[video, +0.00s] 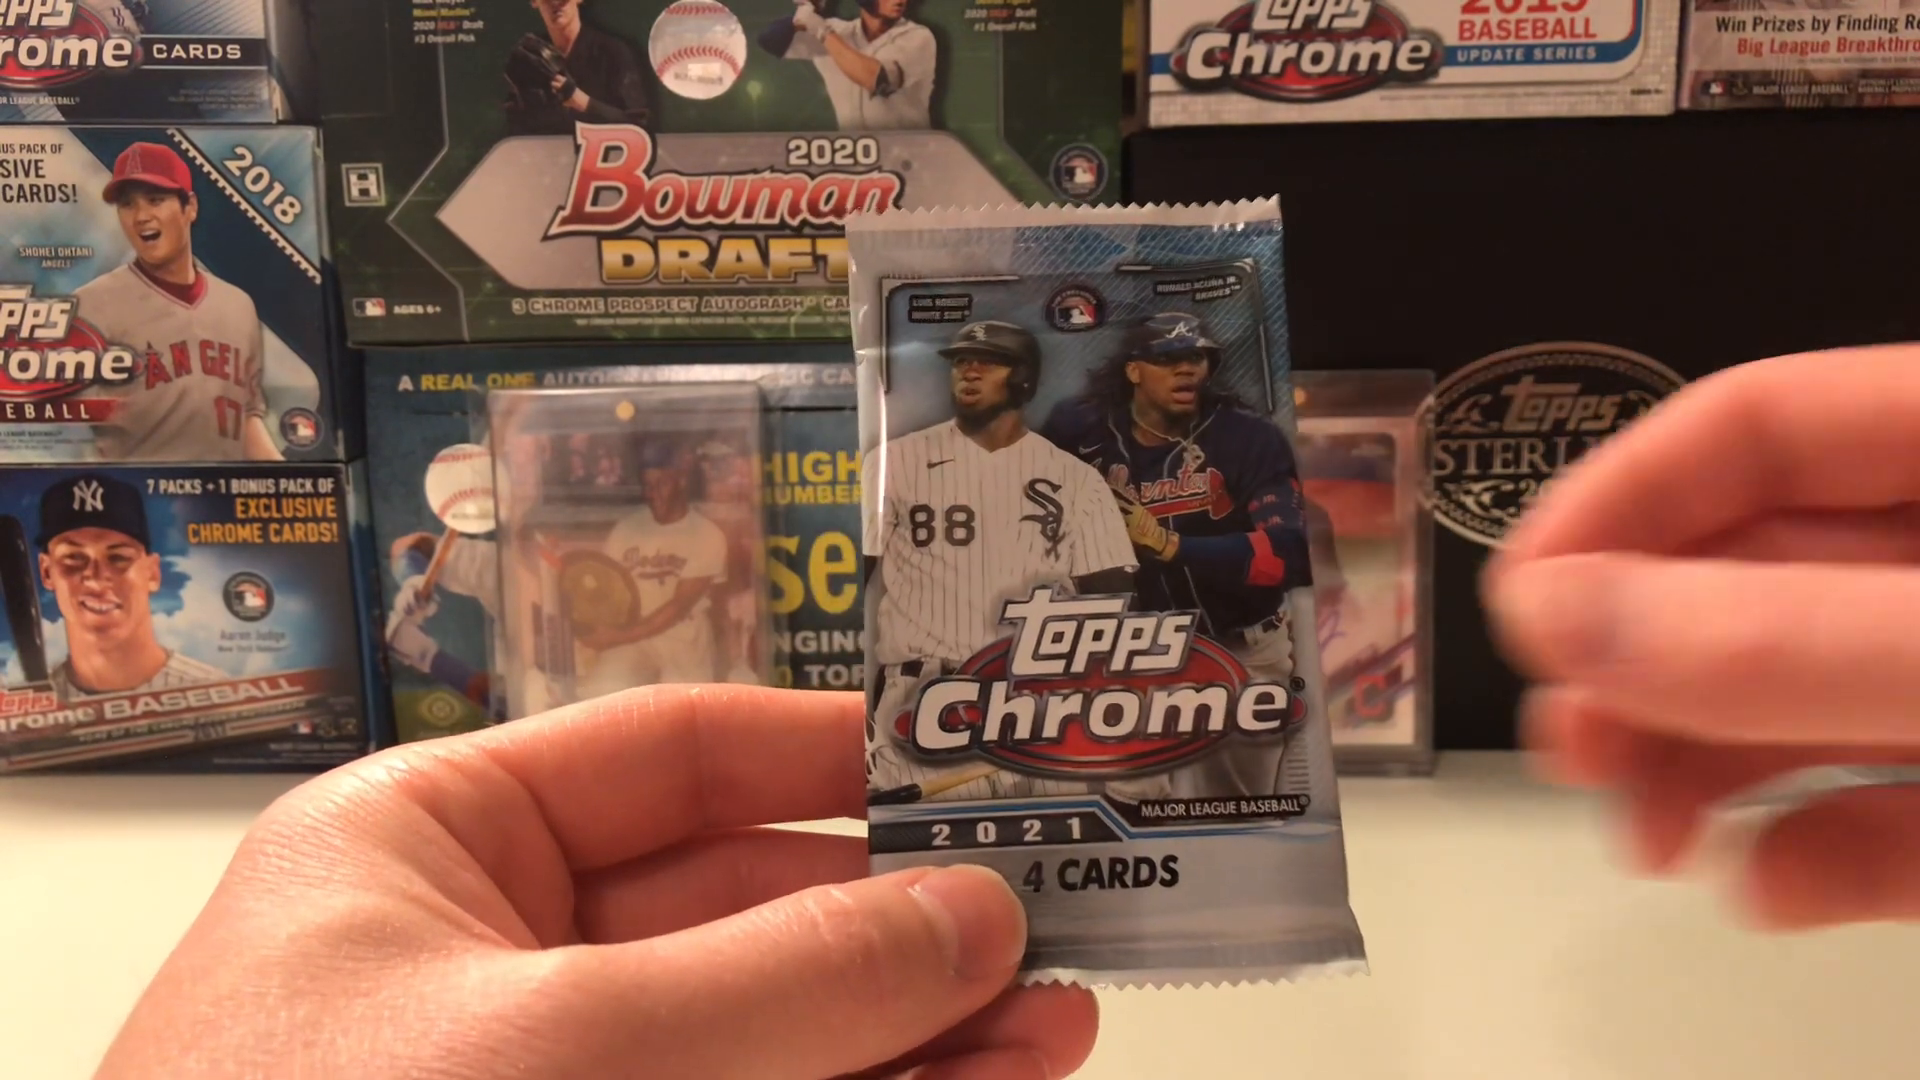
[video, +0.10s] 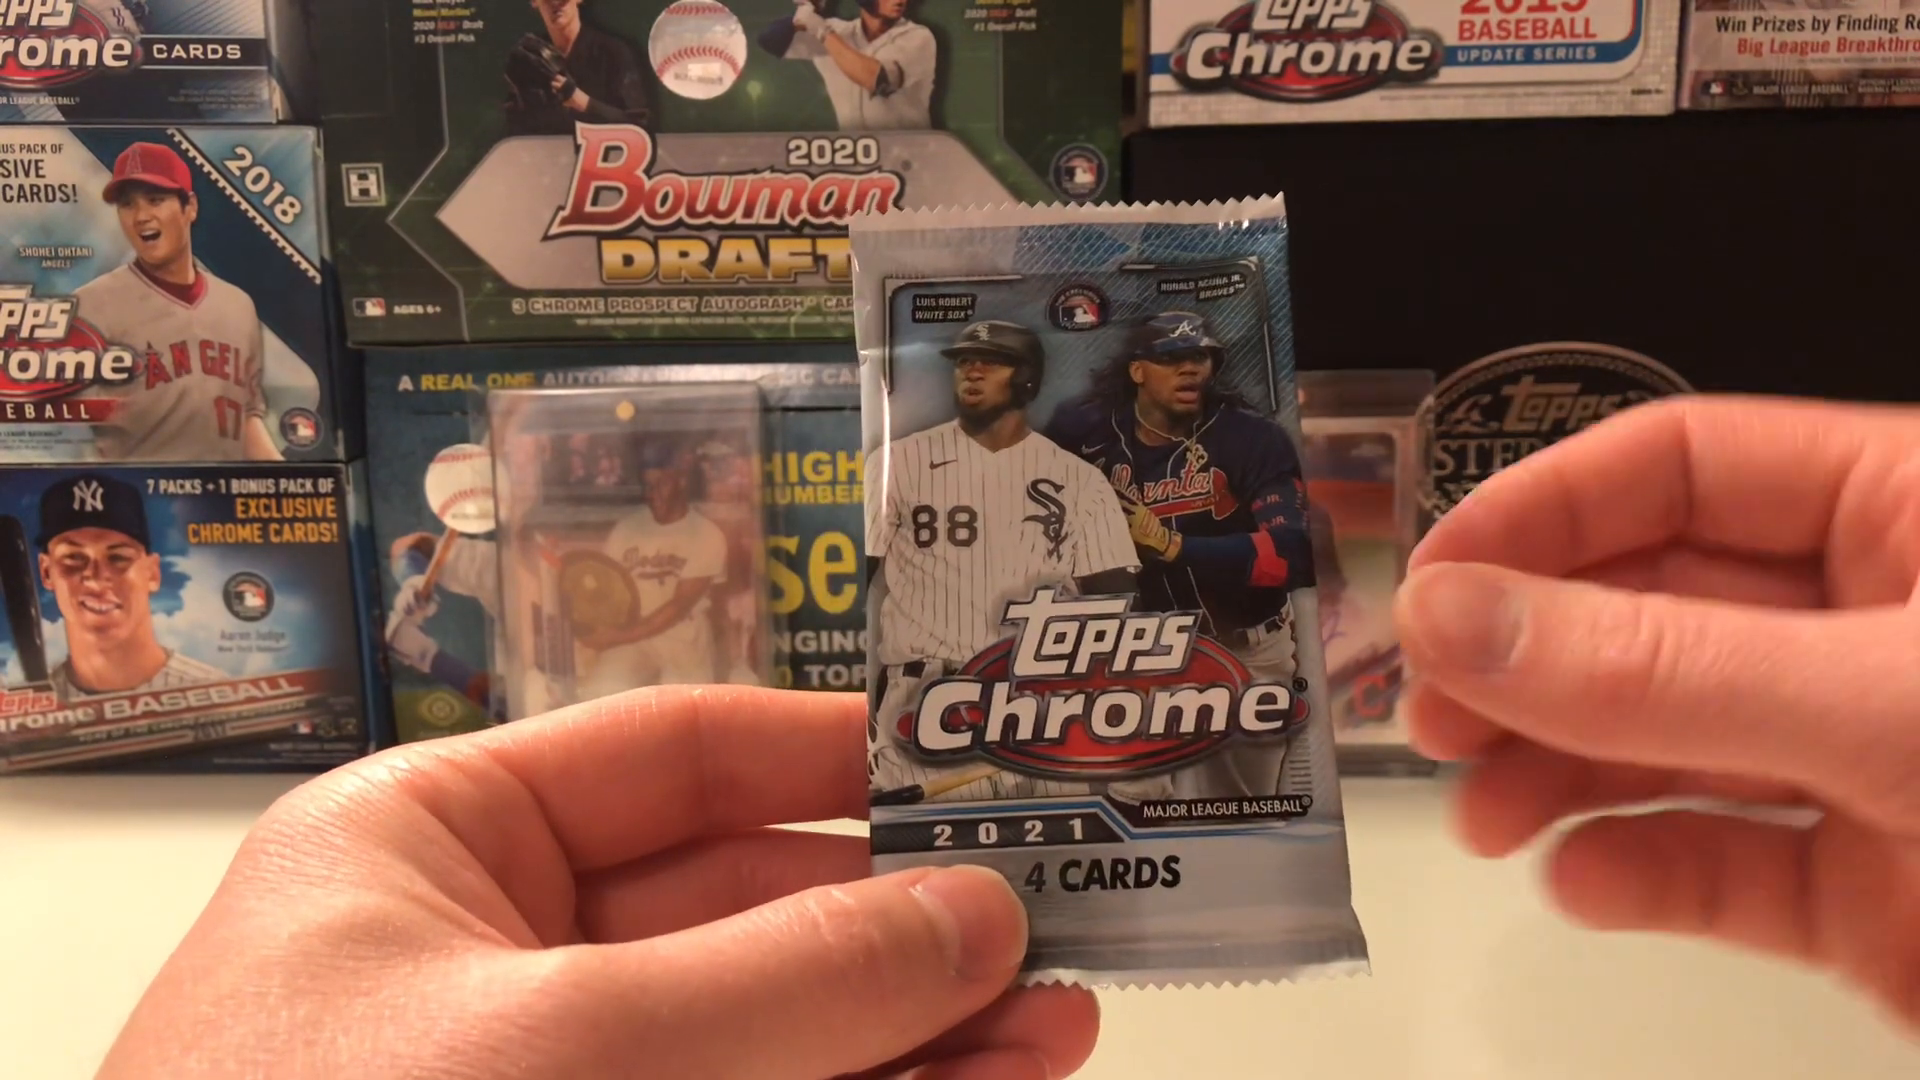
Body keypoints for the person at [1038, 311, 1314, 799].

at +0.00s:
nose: (1188, 370)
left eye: (1197, 357)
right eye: (1170, 359)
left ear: (1209, 365)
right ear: (1134, 371)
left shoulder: (1250, 439)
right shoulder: (1082, 434)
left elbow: (1284, 555)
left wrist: (1171, 545)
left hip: (1245, 647)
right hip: (1132, 651)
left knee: (1245, 816)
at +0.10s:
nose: (1192, 370)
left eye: (1200, 357)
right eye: (1174, 358)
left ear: (1213, 366)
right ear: (1138, 371)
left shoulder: (1254, 440)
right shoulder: (1086, 434)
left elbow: (1288, 555)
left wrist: (1174, 546)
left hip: (1248, 645)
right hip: (1134, 648)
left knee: (1242, 813)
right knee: (1135, 808)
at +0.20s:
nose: (1191, 372)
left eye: (1199, 360)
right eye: (1172, 361)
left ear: (1212, 369)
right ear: (1137, 374)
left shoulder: (1253, 443)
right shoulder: (1086, 437)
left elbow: (1287, 557)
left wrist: (1172, 546)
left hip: (1249, 648)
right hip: (1136, 651)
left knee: (1247, 814)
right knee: (1139, 812)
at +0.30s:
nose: (1199, 369)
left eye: (1208, 356)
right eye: (1181, 357)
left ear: (1221, 364)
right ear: (1145, 370)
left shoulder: (1261, 439)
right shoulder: (1094, 435)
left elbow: (1298, 552)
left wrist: (1182, 545)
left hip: (1258, 645)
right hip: (1145, 652)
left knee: (1264, 812)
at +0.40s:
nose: (1205, 369)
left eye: (1214, 356)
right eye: (1187, 357)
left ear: (1228, 365)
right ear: (1151, 370)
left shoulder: (1268, 440)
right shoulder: (1100, 435)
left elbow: (1307, 558)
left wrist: (1187, 546)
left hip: (1263, 649)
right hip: (1149, 654)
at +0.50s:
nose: (1213, 361)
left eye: (1221, 347)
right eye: (1194, 349)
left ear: (1234, 355)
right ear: (1155, 362)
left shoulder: (1274, 433)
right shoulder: (1097, 424)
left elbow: (1312, 557)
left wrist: (1191, 543)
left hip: (1264, 646)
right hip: (1143, 649)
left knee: (1265, 815)